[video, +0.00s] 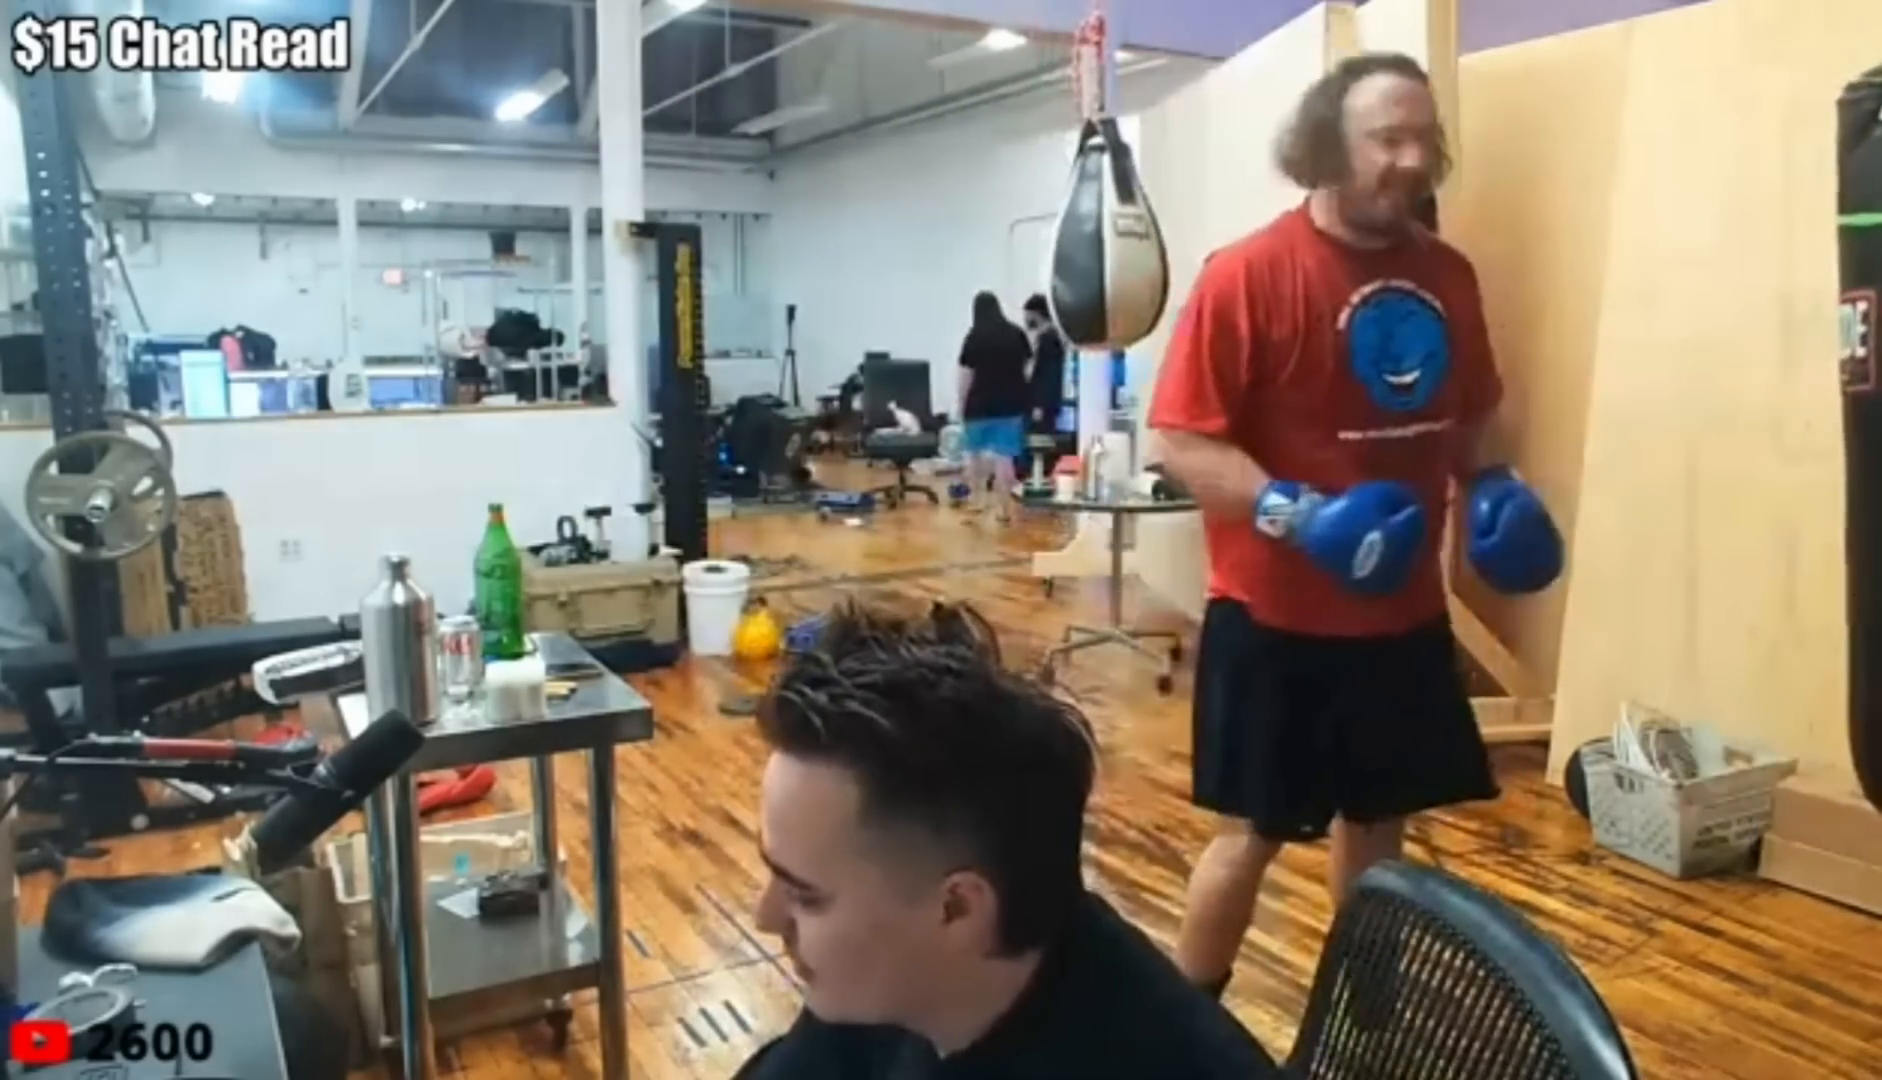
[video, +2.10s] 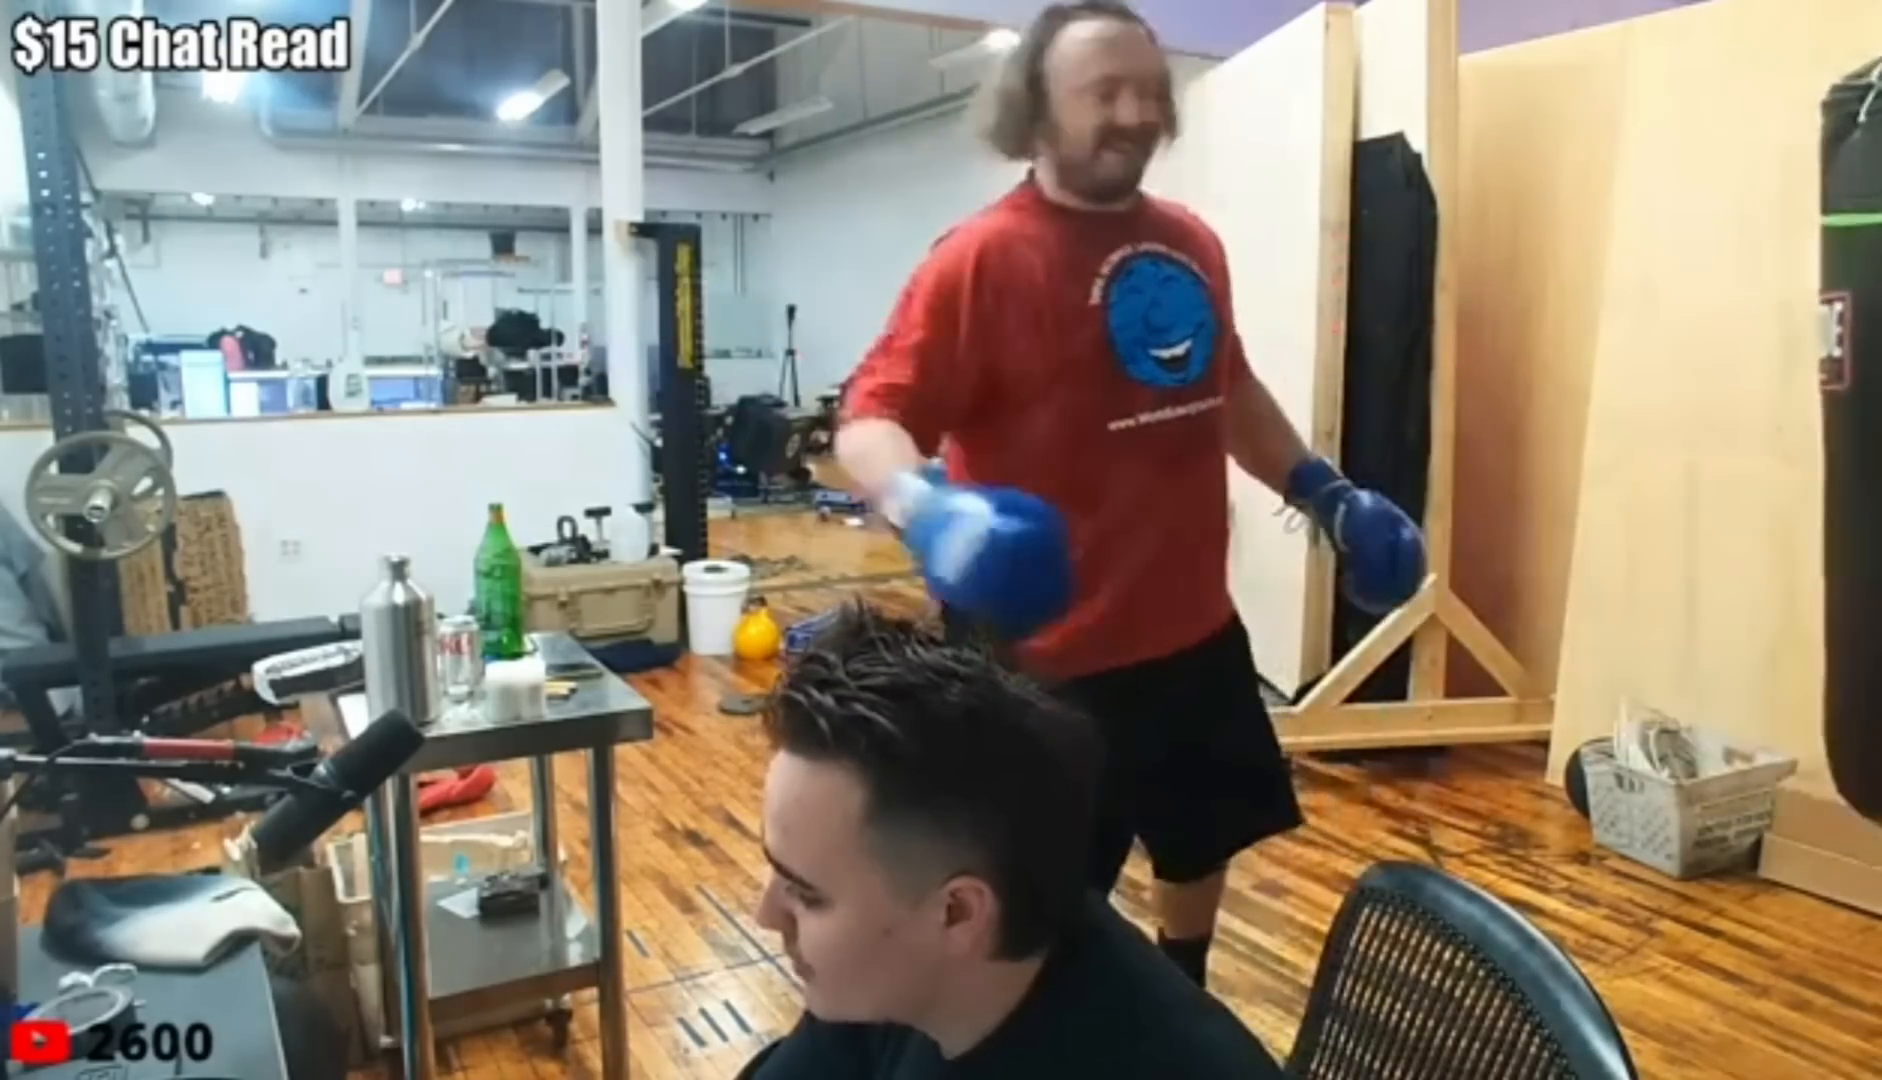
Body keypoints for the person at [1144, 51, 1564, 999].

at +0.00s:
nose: (1416, 160)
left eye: (1429, 139)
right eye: (1390, 139)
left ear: (1441, 148)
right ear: (1327, 149)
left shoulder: (1447, 276)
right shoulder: (1247, 277)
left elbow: (1475, 412)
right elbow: (1179, 441)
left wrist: (1494, 484)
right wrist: (1299, 513)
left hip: (1400, 623)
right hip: (1275, 626)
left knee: (1375, 833)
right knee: (1250, 837)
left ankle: (1367, 1025)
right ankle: (1184, 1023)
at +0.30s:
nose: (1279, 154)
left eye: (1303, 131)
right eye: (1257, 132)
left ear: (1345, 146)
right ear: (1227, 146)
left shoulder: (1401, 264)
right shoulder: (1173, 278)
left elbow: (1442, 417)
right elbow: (1099, 423)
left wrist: (1483, 555)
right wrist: (1137, 529)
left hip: (1364, 628)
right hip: (1219, 633)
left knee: (1390, 847)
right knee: (1203, 856)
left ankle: (1379, 1040)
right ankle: (1179, 1042)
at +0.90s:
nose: (1267, 129)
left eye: (1290, 105)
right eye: (1243, 113)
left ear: (1340, 127)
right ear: (1219, 144)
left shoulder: (1397, 261)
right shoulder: (1170, 273)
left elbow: (1449, 421)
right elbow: (1056, 396)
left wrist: (1528, 553)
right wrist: (977, 476)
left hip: (1363, 646)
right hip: (1215, 652)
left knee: (1342, 891)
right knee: (1195, 919)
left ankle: (1327, 1053)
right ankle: (1157, 1061)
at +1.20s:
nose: (1200, 131)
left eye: (1222, 104)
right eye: (1176, 118)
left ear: (1278, 116)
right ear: (1156, 148)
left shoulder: (1355, 248)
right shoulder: (1130, 274)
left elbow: (1417, 398)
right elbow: (1002, 367)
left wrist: (1521, 518)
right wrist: (882, 353)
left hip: (1350, 646)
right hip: (1194, 659)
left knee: (1327, 874)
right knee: (1150, 903)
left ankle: (1314, 1044)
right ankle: (1097, 1048)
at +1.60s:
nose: (1052, 115)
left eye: (1073, 85)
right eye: (1024, 100)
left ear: (1128, 98)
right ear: (998, 131)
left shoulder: (1203, 239)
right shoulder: (966, 277)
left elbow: (1258, 395)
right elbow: (841, 390)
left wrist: (1349, 531)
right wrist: (727, 360)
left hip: (1221, 651)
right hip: (1060, 679)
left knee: (1271, 881)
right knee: (1044, 937)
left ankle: (1294, 1062)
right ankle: (1033, 1079)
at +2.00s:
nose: (1073, 107)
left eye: (1092, 81)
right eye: (1041, 88)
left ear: (1126, 97)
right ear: (995, 120)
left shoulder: (1179, 236)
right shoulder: (946, 265)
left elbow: (1237, 384)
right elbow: (831, 377)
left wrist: (1343, 500)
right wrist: (839, 437)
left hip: (1188, 630)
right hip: (1034, 658)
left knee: (1217, 844)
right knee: (1064, 889)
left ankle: (1194, 1004)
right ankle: (1064, 1036)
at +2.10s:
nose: (1134, 114)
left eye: (1150, 93)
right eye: (1104, 92)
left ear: (1167, 108)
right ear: (1038, 109)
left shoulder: (1187, 244)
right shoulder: (978, 262)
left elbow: (1232, 394)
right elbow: (869, 421)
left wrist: (1331, 500)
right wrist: (928, 512)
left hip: (1190, 638)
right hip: (1044, 663)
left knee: (1199, 850)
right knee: (1052, 894)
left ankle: (1178, 1022)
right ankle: (1048, 1042)